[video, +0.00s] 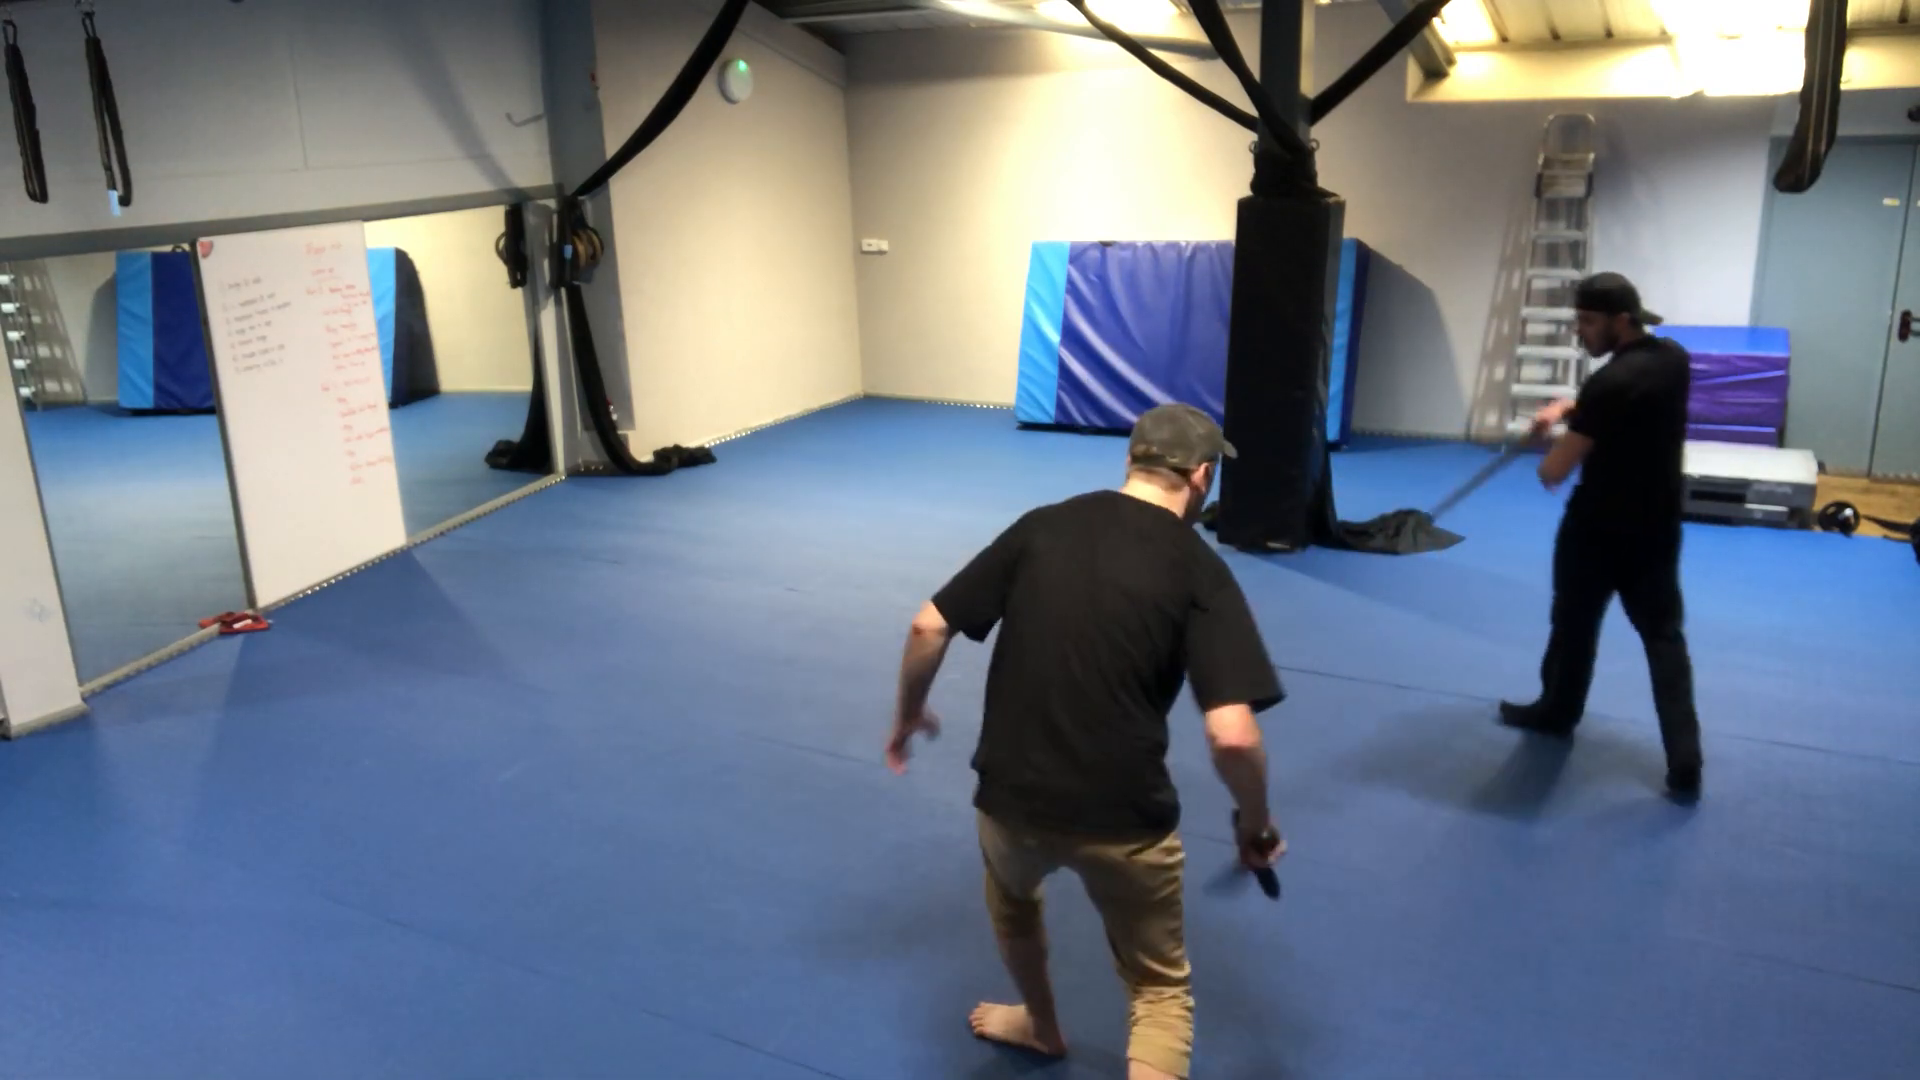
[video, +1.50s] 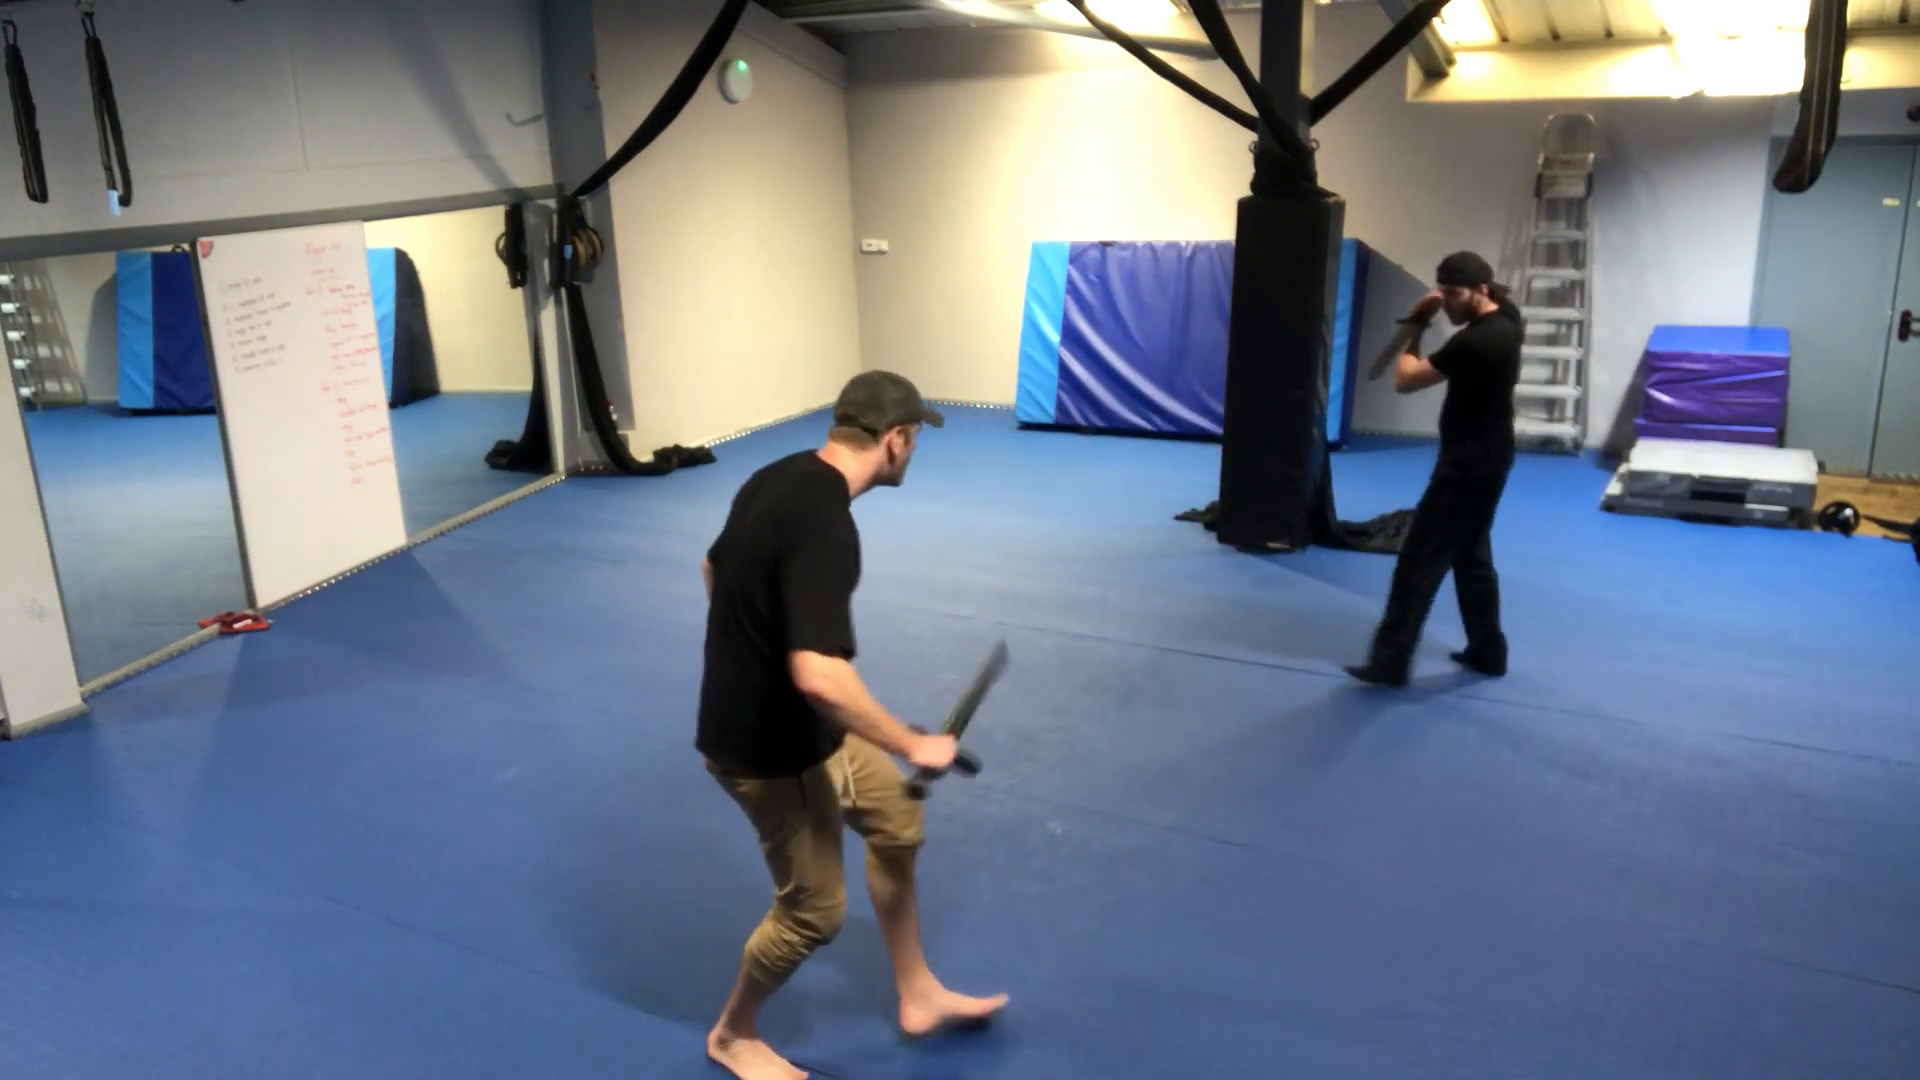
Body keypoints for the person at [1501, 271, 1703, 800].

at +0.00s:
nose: (1578, 332)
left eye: (1585, 322)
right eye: (1578, 321)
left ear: (1617, 321)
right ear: (1628, 320)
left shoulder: (1607, 384)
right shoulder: (1674, 359)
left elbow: (1553, 471)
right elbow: (1628, 413)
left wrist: (1552, 438)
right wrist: (1569, 411)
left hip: (1596, 526)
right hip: (1655, 525)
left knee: (1574, 623)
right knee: (1665, 637)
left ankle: (1557, 711)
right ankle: (1685, 767)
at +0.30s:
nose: (1534, 322)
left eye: (1540, 313)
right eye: (1533, 312)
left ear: (1573, 311)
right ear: (1582, 312)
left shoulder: (1556, 372)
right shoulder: (1627, 342)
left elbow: (1495, 428)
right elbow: (1579, 362)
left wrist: (1510, 379)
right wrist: (1536, 355)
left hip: (1556, 497)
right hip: (1609, 493)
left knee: (1543, 603)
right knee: (1591, 583)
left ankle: (1552, 710)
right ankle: (1610, 692)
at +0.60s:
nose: (1510, 319)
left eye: (1516, 312)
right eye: (1507, 312)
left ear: (1544, 309)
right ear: (1554, 308)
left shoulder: (1527, 365)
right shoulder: (1591, 336)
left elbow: (1461, 414)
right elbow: (1543, 346)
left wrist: (1491, 369)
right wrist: (1510, 342)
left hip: (1531, 491)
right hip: (1574, 481)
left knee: (1526, 600)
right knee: (1534, 560)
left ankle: (1548, 710)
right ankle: (1520, 636)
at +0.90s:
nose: (1491, 310)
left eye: (1498, 302)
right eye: (1488, 301)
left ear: (1528, 299)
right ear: (1535, 299)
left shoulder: (1510, 351)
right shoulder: (1563, 328)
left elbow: (1451, 402)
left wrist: (1471, 357)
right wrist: (1491, 335)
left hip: (1505, 473)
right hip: (1538, 466)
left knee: (1510, 577)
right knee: (1502, 564)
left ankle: (1546, 697)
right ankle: (1492, 650)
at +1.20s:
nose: (1471, 303)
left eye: (1477, 294)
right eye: (1468, 294)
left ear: (1506, 291)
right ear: (1511, 292)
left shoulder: (1496, 341)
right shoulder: (1535, 319)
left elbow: (1433, 387)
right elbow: (1512, 295)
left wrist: (1445, 338)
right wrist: (1470, 313)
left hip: (1486, 461)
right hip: (1513, 457)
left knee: (1449, 561)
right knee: (1488, 557)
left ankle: (1508, 658)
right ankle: (1485, 649)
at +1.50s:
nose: (1442, 300)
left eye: (1450, 291)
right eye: (1443, 290)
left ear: (1478, 291)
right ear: (1483, 292)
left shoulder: (1472, 341)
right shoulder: (1507, 321)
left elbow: (1404, 378)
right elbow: (1490, 295)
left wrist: (1416, 325)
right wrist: (1442, 304)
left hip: (1464, 464)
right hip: (1490, 458)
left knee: (1420, 559)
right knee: (1472, 554)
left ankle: (1389, 664)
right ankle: (1487, 651)